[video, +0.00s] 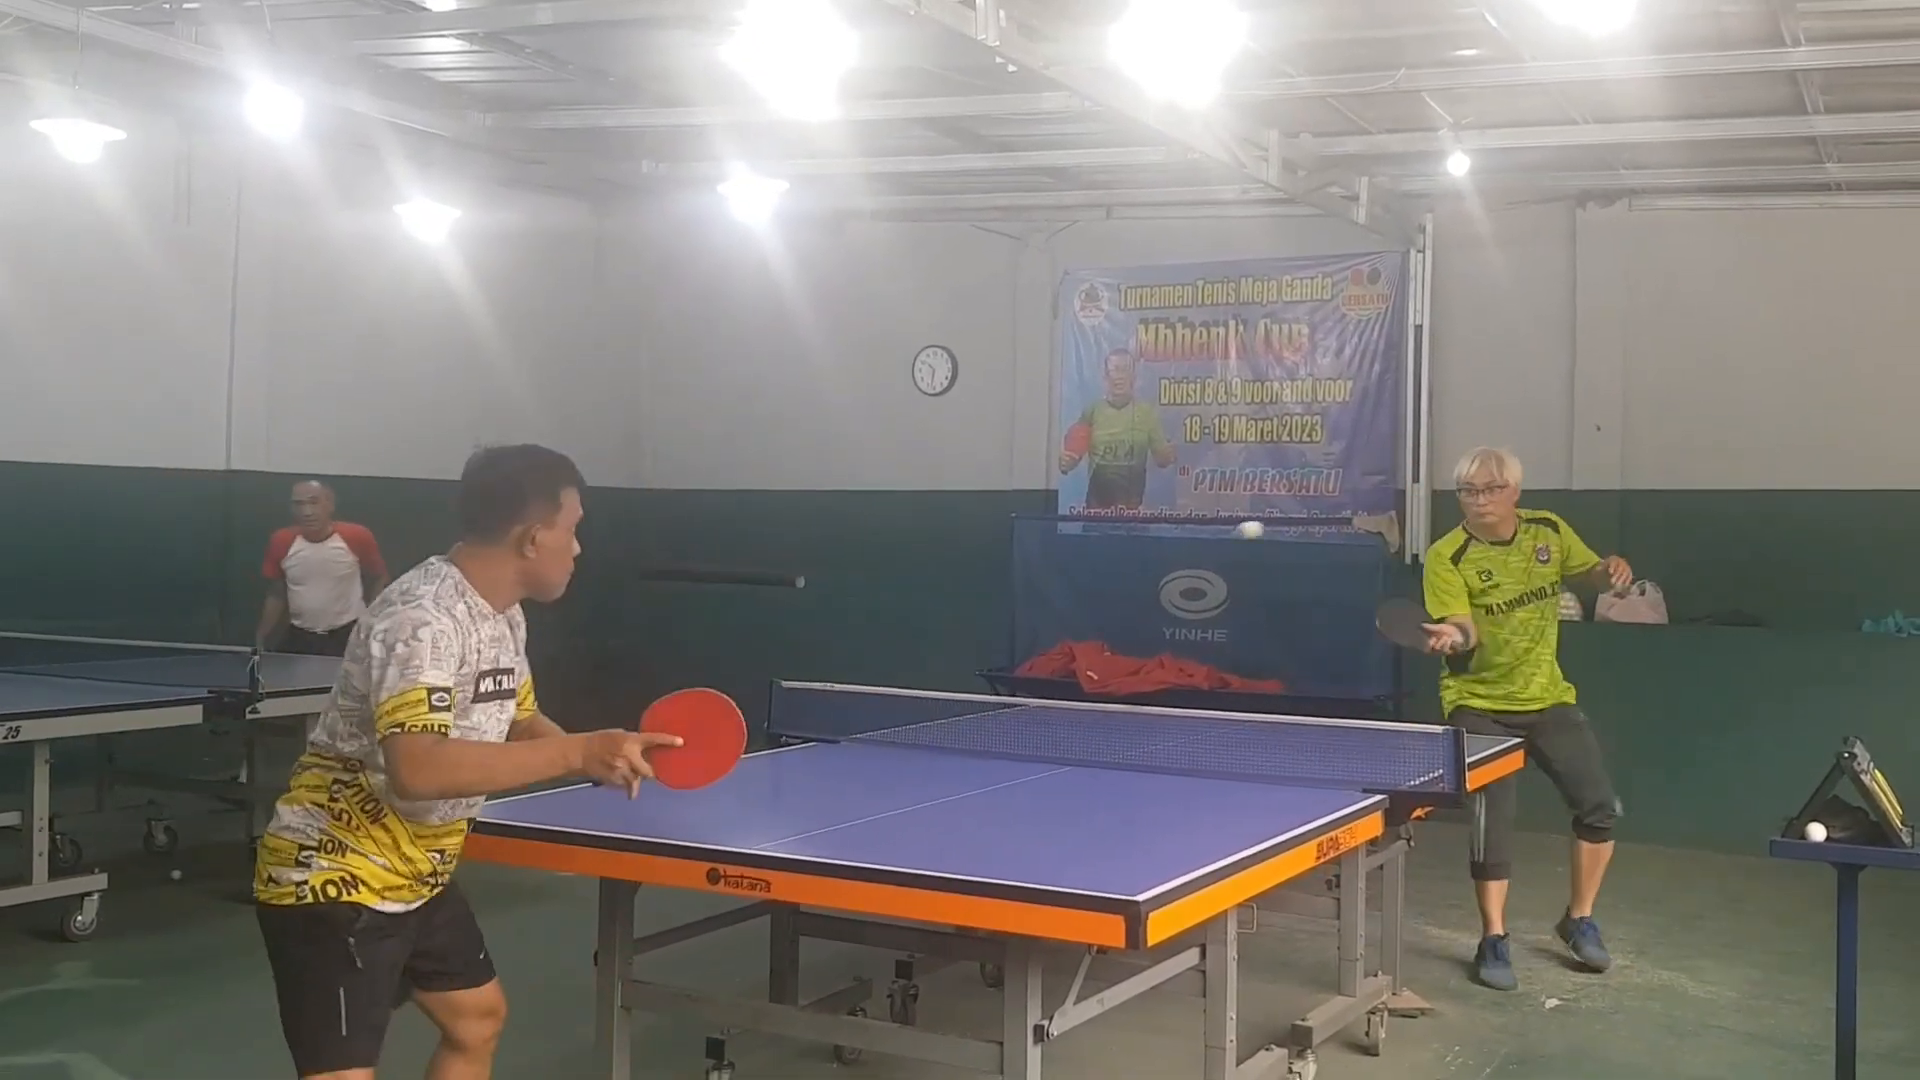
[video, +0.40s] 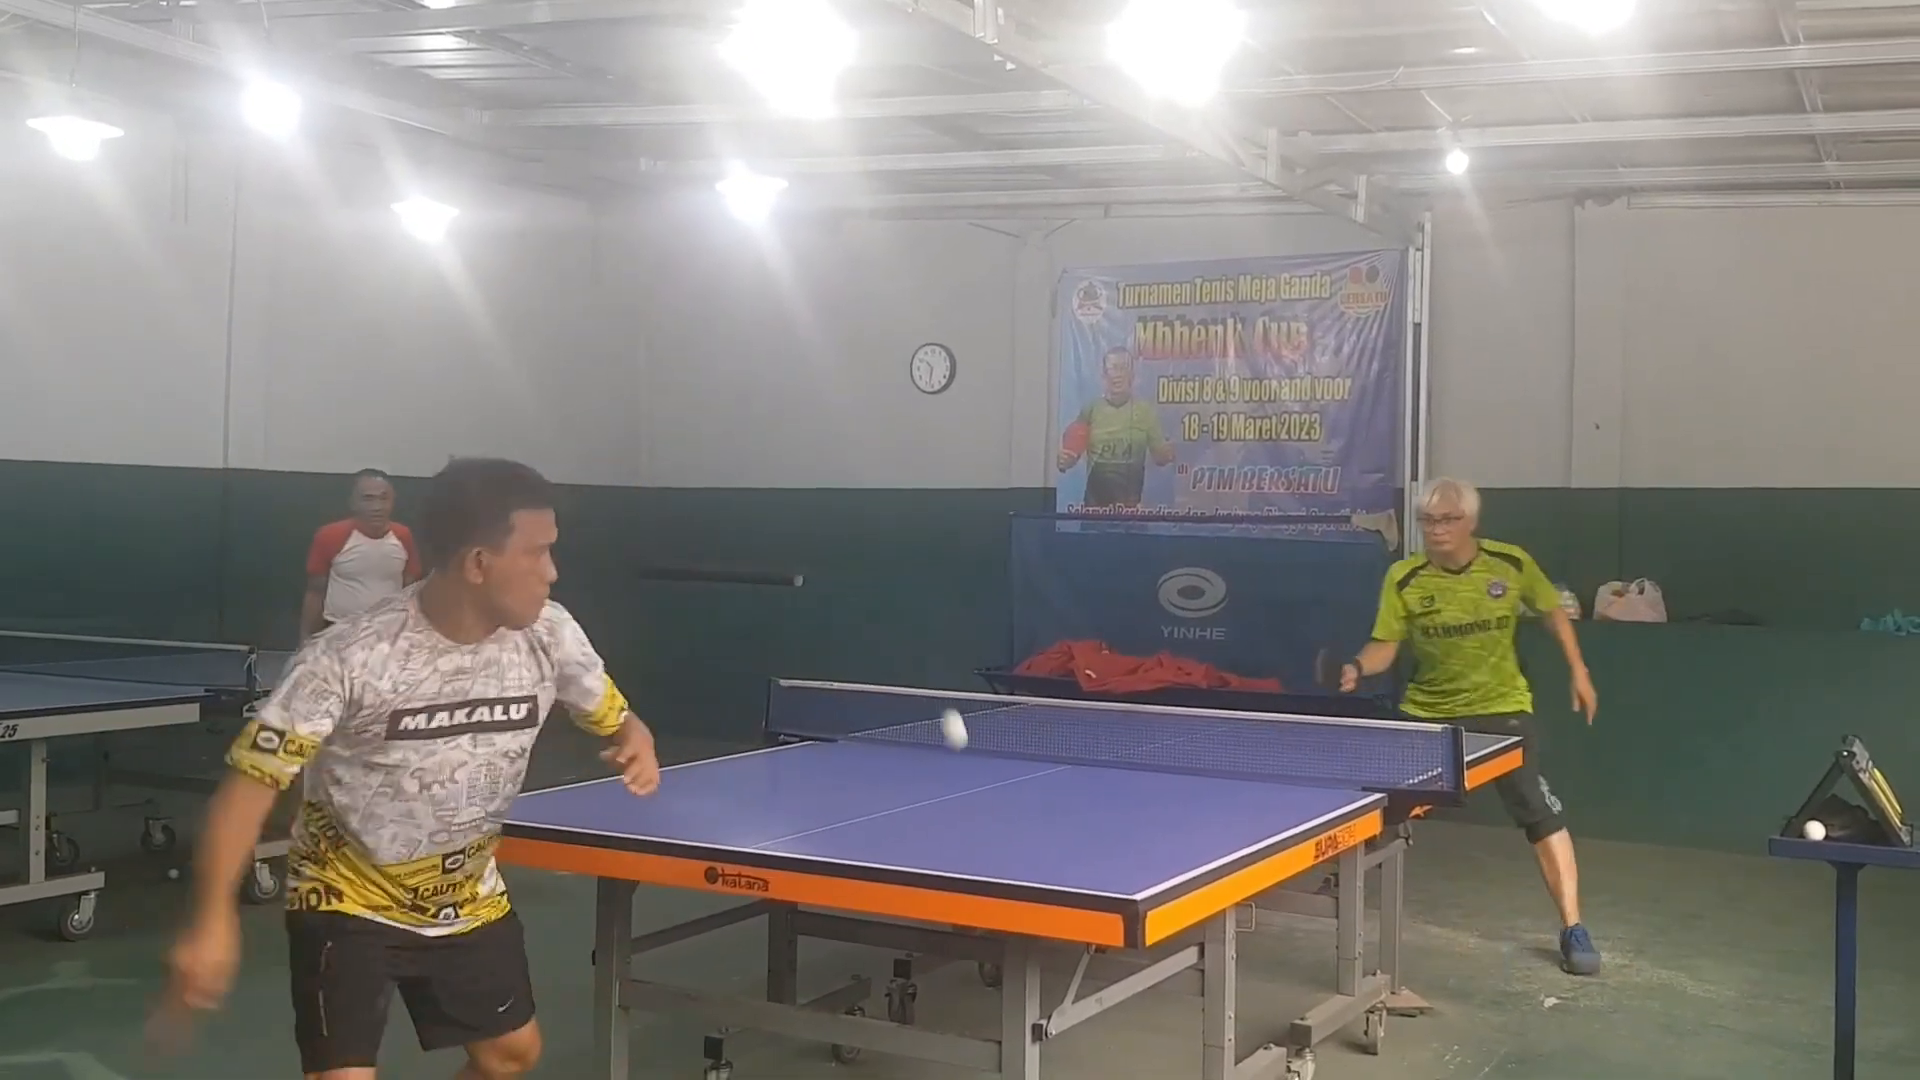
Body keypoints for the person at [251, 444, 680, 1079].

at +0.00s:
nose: (578, 548)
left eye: (576, 531)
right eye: (573, 530)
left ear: (527, 539)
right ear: (529, 537)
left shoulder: (503, 613)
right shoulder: (422, 613)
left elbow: (519, 723)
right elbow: (417, 768)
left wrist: (594, 755)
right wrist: (576, 755)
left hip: (414, 873)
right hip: (332, 881)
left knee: (478, 1021)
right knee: (342, 1068)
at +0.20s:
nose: (563, 547)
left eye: (563, 530)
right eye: (556, 529)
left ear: (509, 535)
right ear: (505, 533)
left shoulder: (525, 614)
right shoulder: (373, 616)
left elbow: (561, 714)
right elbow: (369, 779)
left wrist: (594, 761)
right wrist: (529, 807)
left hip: (438, 867)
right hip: (330, 870)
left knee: (490, 1026)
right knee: (322, 1067)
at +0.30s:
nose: (551, 567)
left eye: (551, 549)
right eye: (541, 550)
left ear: (489, 559)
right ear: (483, 559)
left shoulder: (531, 619)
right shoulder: (347, 642)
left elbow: (598, 716)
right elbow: (296, 807)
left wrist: (616, 741)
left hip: (450, 868)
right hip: (336, 879)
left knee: (507, 1040)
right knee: (334, 1069)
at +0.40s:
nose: (554, 571)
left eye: (553, 551)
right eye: (539, 553)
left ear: (487, 565)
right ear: (475, 564)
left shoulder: (549, 635)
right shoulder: (352, 654)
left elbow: (617, 720)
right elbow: (252, 779)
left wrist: (636, 747)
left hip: (466, 886)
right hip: (347, 889)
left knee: (514, 1051)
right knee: (344, 1068)